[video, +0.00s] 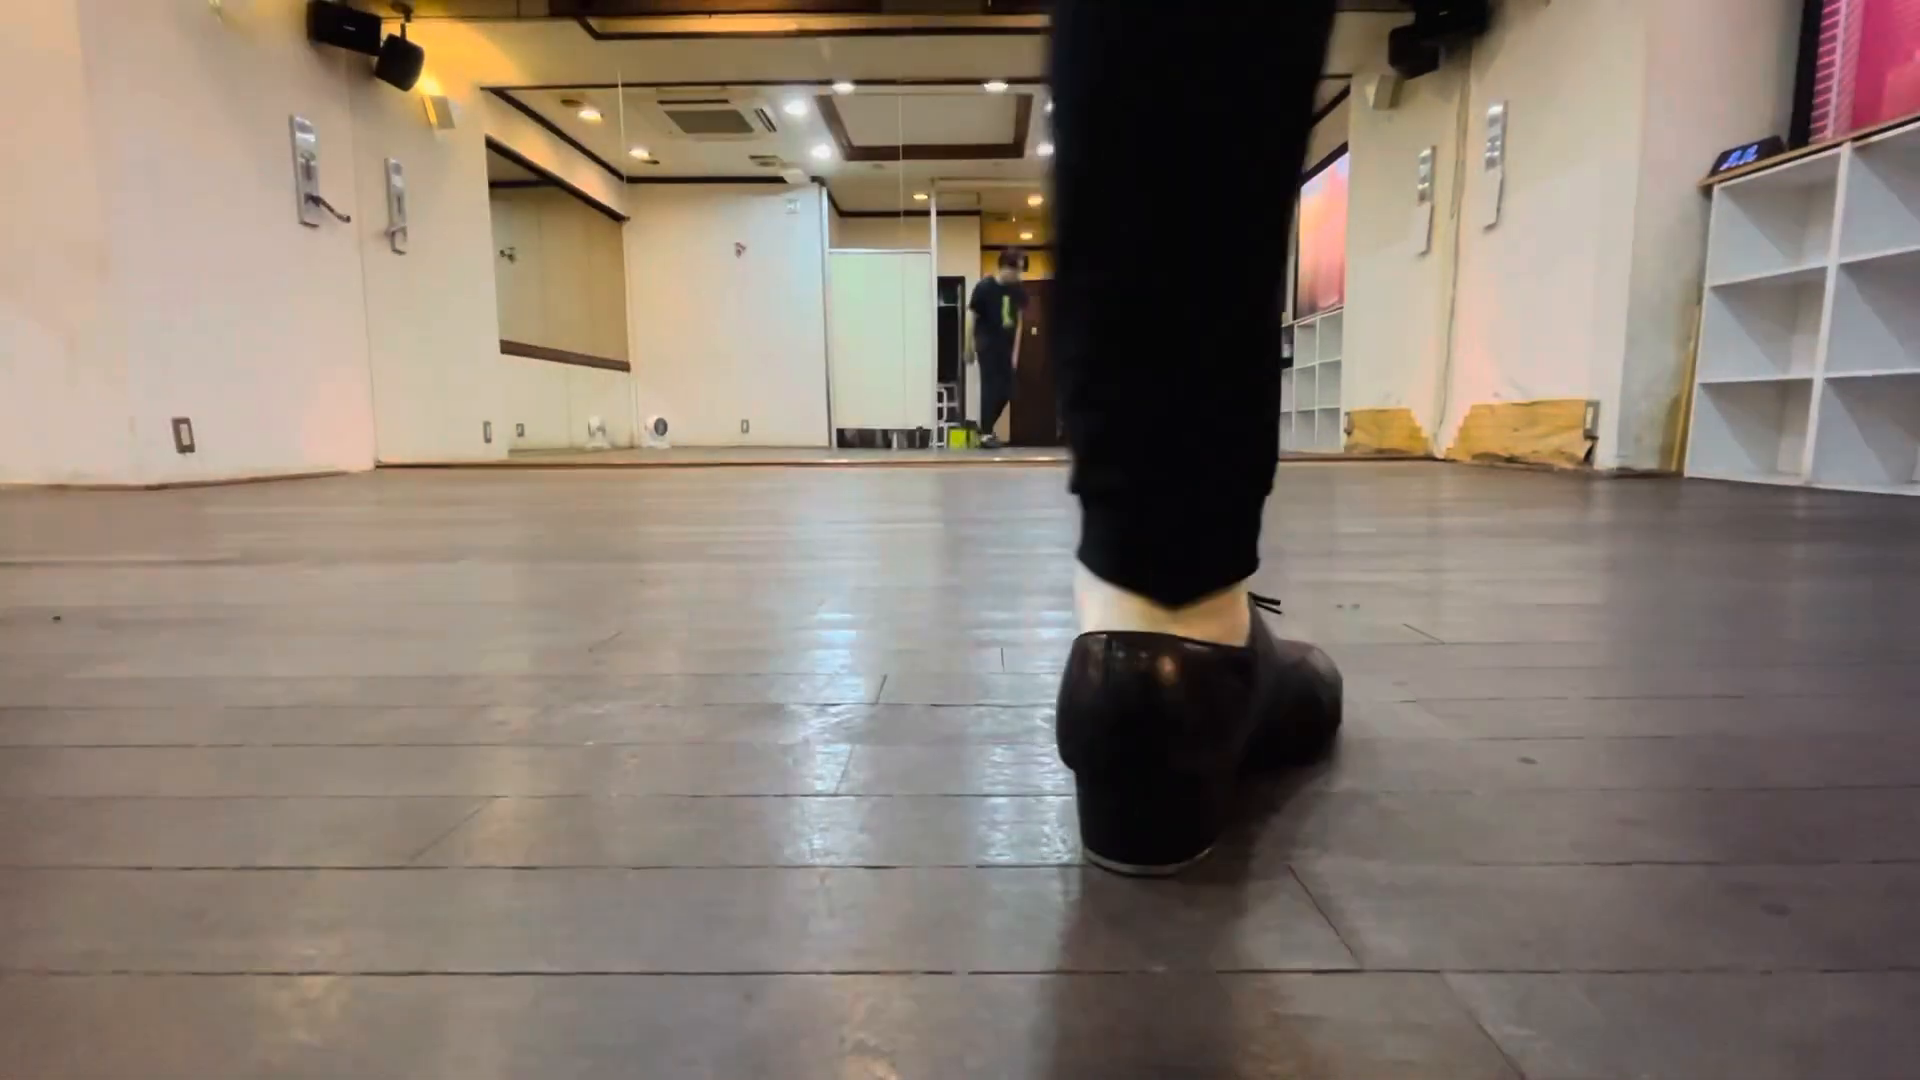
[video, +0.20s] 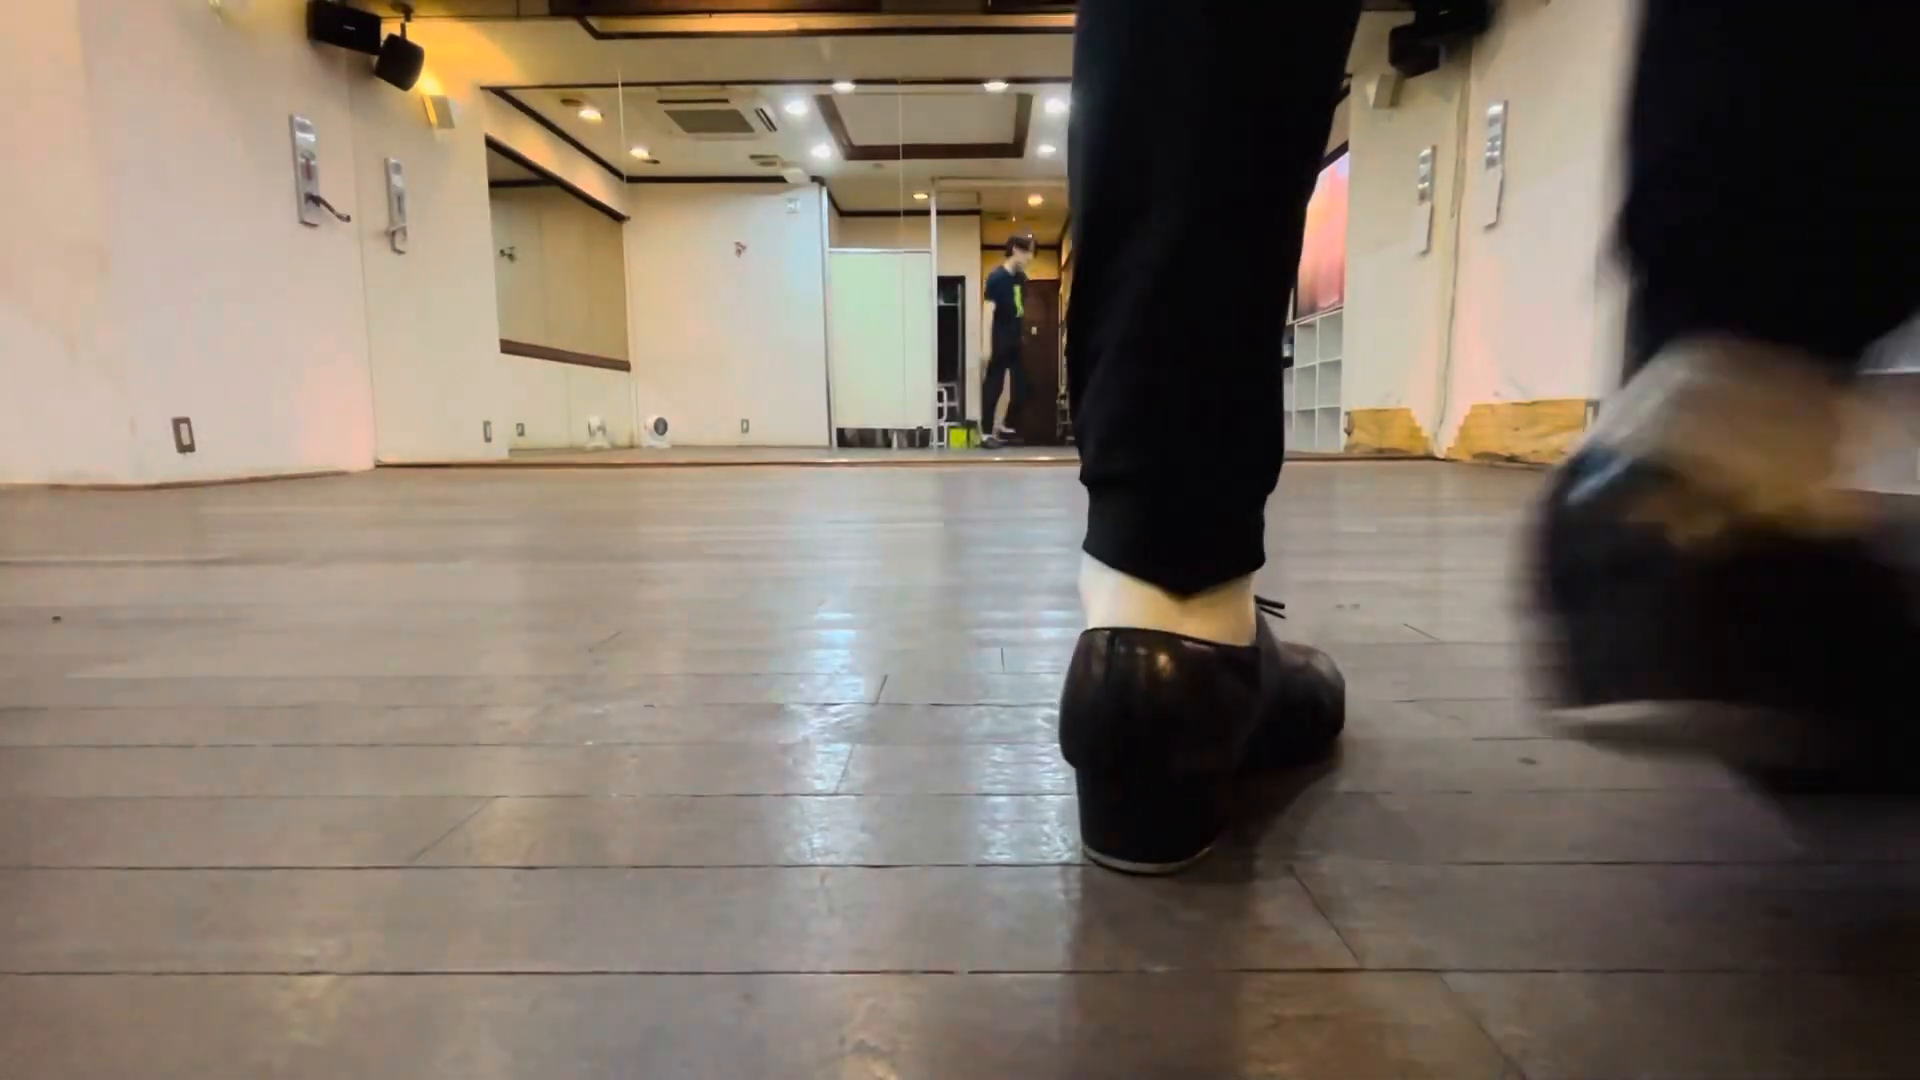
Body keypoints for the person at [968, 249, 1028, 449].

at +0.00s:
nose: (1018, 276)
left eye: (1020, 271)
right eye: (1015, 271)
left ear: (1019, 271)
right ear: (1004, 268)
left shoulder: (1017, 291)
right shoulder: (985, 287)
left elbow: (1019, 325)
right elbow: (971, 318)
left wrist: (1015, 352)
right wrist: (969, 347)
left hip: (1005, 346)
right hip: (986, 345)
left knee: (1005, 389)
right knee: (991, 387)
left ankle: (987, 428)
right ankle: (986, 431)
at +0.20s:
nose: (1030, 260)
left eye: (1031, 255)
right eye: (1027, 254)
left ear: (1020, 253)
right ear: (1015, 251)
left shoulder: (1021, 279)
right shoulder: (997, 278)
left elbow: (1020, 312)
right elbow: (988, 316)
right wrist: (987, 349)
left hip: (1016, 344)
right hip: (1000, 344)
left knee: (1020, 388)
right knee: (993, 387)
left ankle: (1004, 426)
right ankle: (987, 431)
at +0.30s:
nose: (1036, 255)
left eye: (1038, 251)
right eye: (1033, 250)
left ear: (1033, 252)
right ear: (1021, 248)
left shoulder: (1027, 277)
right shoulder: (1005, 275)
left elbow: (1025, 308)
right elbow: (998, 305)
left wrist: (1026, 330)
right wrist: (1003, 332)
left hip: (1020, 331)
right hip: (1004, 331)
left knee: (1025, 379)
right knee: (995, 382)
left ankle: (1023, 428)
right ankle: (986, 432)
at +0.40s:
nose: (1046, 256)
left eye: (1046, 251)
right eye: (1042, 251)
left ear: (1037, 252)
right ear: (1030, 250)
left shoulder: (1034, 278)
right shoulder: (1015, 275)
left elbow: (1032, 305)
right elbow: (1010, 301)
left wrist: (1034, 320)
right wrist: (1021, 323)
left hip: (1025, 337)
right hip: (1008, 337)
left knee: (1032, 383)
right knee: (1000, 383)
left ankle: (1038, 428)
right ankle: (987, 431)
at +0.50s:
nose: (1057, 253)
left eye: (1057, 248)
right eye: (1054, 248)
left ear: (1049, 250)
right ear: (1041, 248)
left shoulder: (1049, 280)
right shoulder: (1024, 271)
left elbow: (1055, 311)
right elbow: (1021, 299)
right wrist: (1040, 317)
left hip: (1041, 340)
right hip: (1021, 338)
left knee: (1042, 384)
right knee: (1011, 382)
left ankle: (1041, 431)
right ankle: (992, 429)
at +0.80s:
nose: (1084, 249)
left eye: (1085, 244)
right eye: (1082, 243)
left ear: (1076, 242)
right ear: (1071, 240)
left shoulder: (1072, 272)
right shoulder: (1052, 265)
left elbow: (1073, 308)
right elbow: (1047, 302)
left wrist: (1094, 325)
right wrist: (1061, 335)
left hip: (1067, 333)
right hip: (1053, 334)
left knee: (1065, 377)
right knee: (1062, 376)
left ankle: (1056, 426)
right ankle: (1052, 426)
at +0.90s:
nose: (1096, 249)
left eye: (1097, 244)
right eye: (1094, 243)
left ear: (1084, 242)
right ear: (1080, 240)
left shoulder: (1080, 269)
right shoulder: (1062, 264)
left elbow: (1080, 306)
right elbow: (1057, 300)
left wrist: (1107, 316)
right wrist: (1075, 332)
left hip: (1071, 333)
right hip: (1060, 334)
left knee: (1060, 380)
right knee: (1076, 378)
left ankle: (1046, 429)